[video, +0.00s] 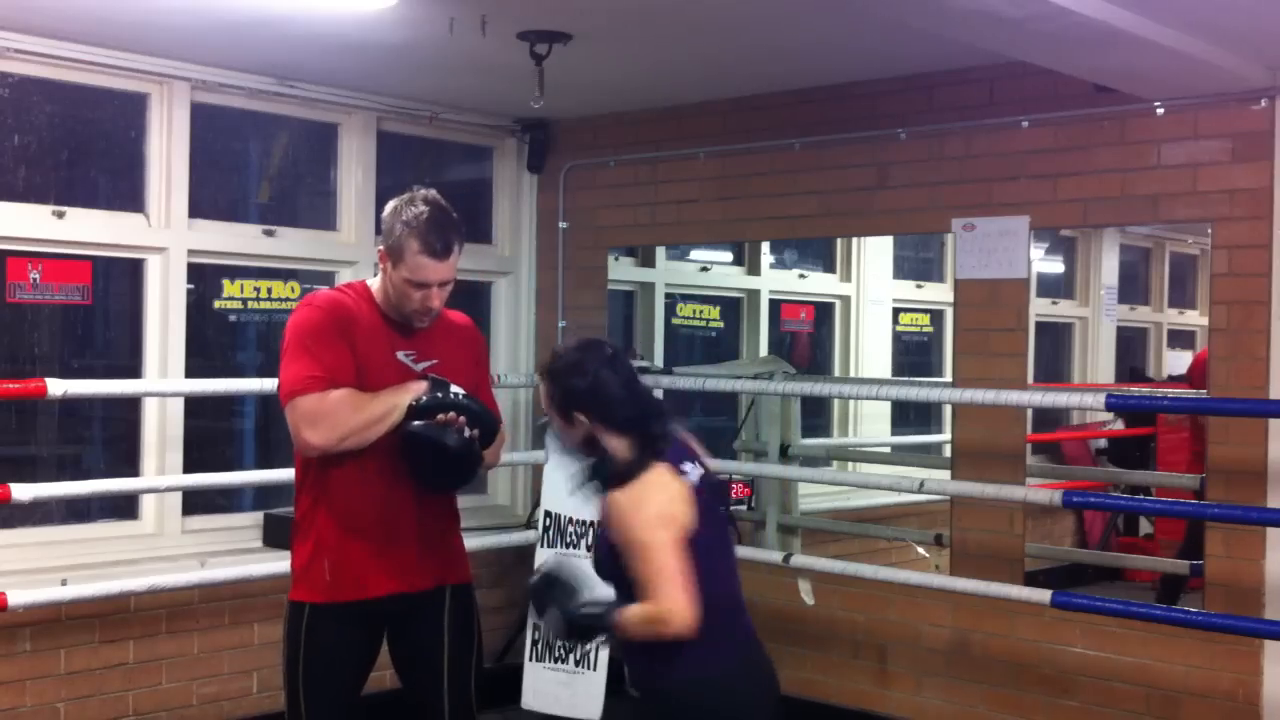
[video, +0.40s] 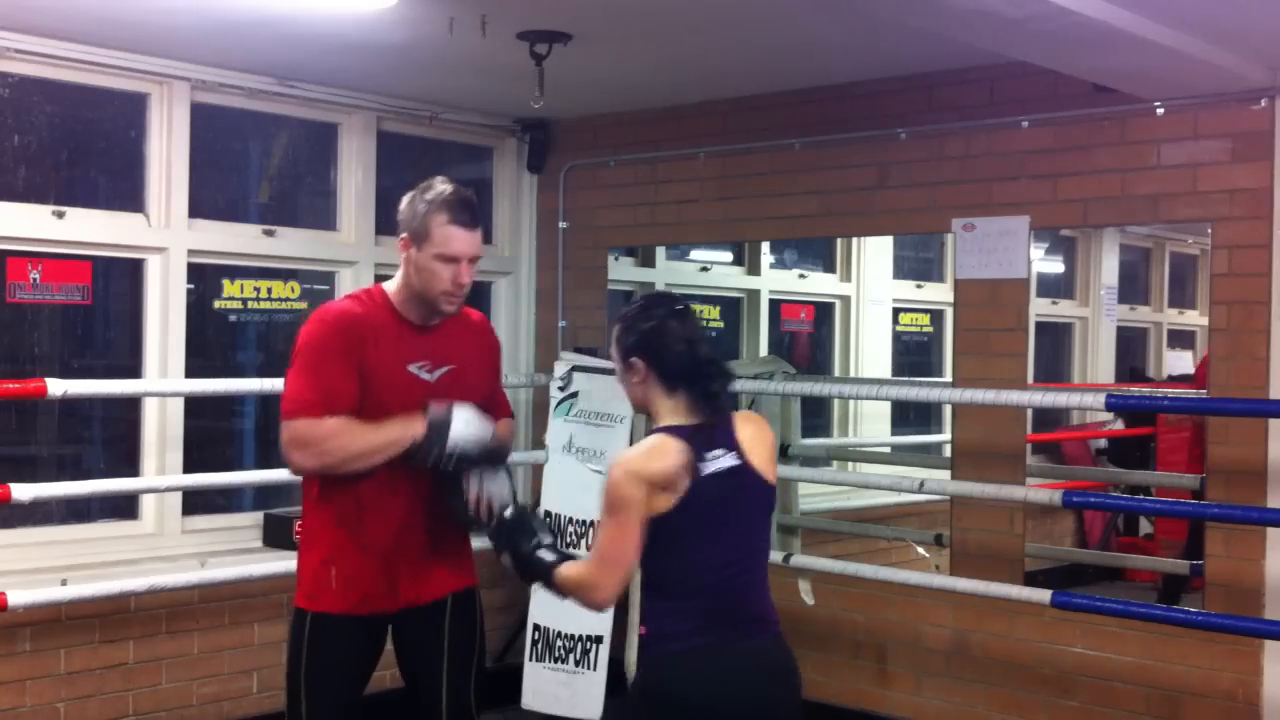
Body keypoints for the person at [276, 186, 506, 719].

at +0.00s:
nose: (436, 300)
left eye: (446, 285)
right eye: (421, 285)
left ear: (455, 267)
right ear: (384, 263)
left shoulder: (462, 334)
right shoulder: (323, 315)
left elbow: (495, 442)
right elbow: (315, 429)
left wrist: (464, 441)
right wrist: (420, 390)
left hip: (437, 578)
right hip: (336, 582)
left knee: (452, 709)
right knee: (319, 713)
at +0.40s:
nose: (463, 278)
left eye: (472, 262)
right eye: (447, 261)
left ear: (480, 256)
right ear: (406, 250)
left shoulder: (477, 335)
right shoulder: (337, 327)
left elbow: (502, 421)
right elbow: (304, 446)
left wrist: (484, 456)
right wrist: (428, 425)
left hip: (442, 578)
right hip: (342, 581)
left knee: (452, 709)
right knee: (319, 712)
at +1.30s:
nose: (340, 255)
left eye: (348, 241)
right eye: (326, 239)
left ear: (360, 245)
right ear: (280, 235)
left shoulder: (368, 328)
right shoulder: (223, 321)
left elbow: (442, 406)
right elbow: (252, 413)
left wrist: (446, 327)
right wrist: (313, 311)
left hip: (352, 580)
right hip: (247, 585)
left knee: (381, 710)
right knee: (239, 713)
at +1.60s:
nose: (342, 259)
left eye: (351, 246)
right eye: (328, 243)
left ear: (360, 246)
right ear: (282, 237)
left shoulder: (366, 322)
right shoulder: (224, 325)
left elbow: (439, 392)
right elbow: (252, 421)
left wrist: (450, 305)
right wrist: (312, 321)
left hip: (355, 579)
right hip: (251, 587)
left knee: (385, 710)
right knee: (241, 713)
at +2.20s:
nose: (306, 256)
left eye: (312, 241)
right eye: (290, 239)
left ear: (316, 242)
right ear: (245, 239)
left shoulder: (331, 330)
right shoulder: (188, 333)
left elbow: (369, 424)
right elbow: (180, 435)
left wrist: (402, 438)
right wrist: (255, 335)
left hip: (338, 578)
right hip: (236, 589)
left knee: (371, 708)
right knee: (231, 715)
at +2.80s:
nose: (448, 282)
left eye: (454, 269)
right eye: (435, 264)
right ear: (390, 258)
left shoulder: (392, 345)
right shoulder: (314, 332)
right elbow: (316, 448)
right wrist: (413, 377)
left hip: (359, 570)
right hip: (272, 574)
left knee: (398, 704)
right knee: (252, 711)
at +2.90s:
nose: (462, 280)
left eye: (469, 266)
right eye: (448, 261)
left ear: (473, 266)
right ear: (403, 254)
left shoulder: (446, 361)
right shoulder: (314, 323)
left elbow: (394, 455)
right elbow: (278, 437)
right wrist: (375, 359)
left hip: (374, 571)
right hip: (277, 565)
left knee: (401, 708)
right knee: (250, 710)